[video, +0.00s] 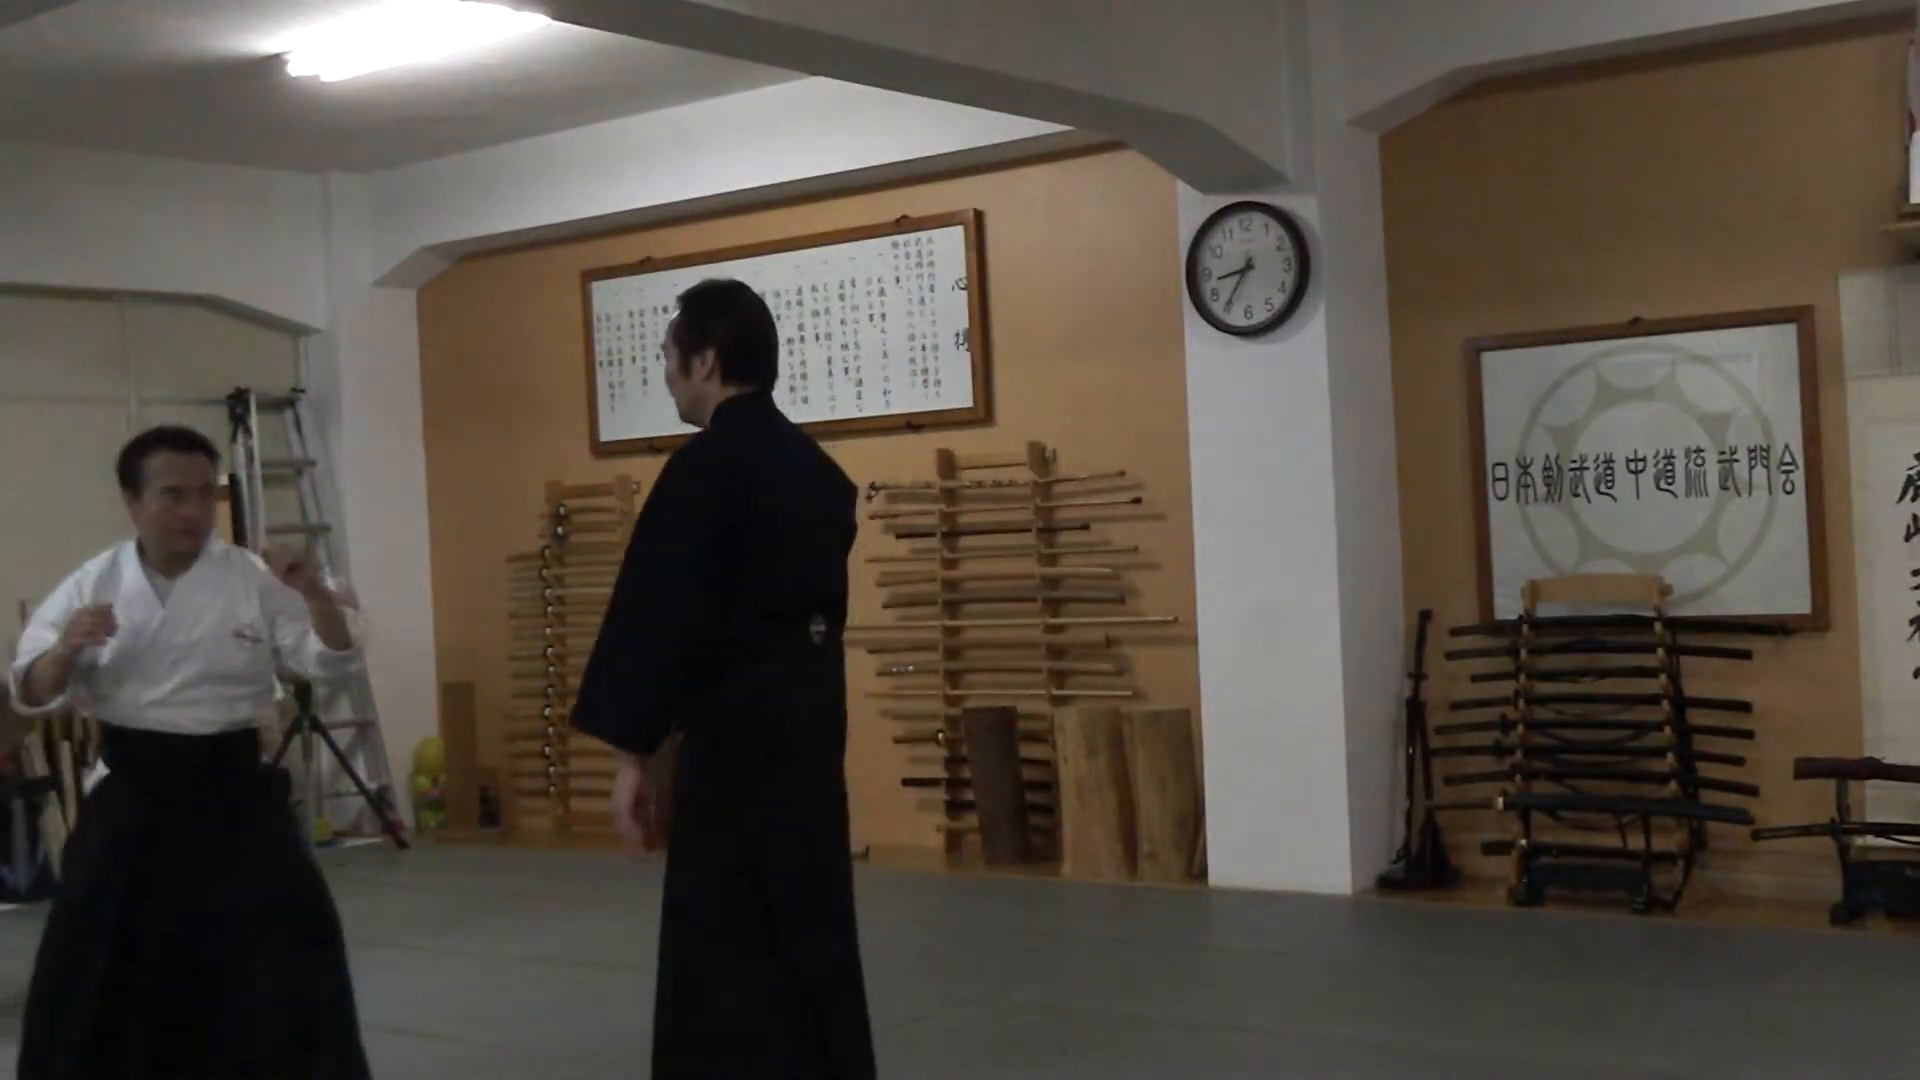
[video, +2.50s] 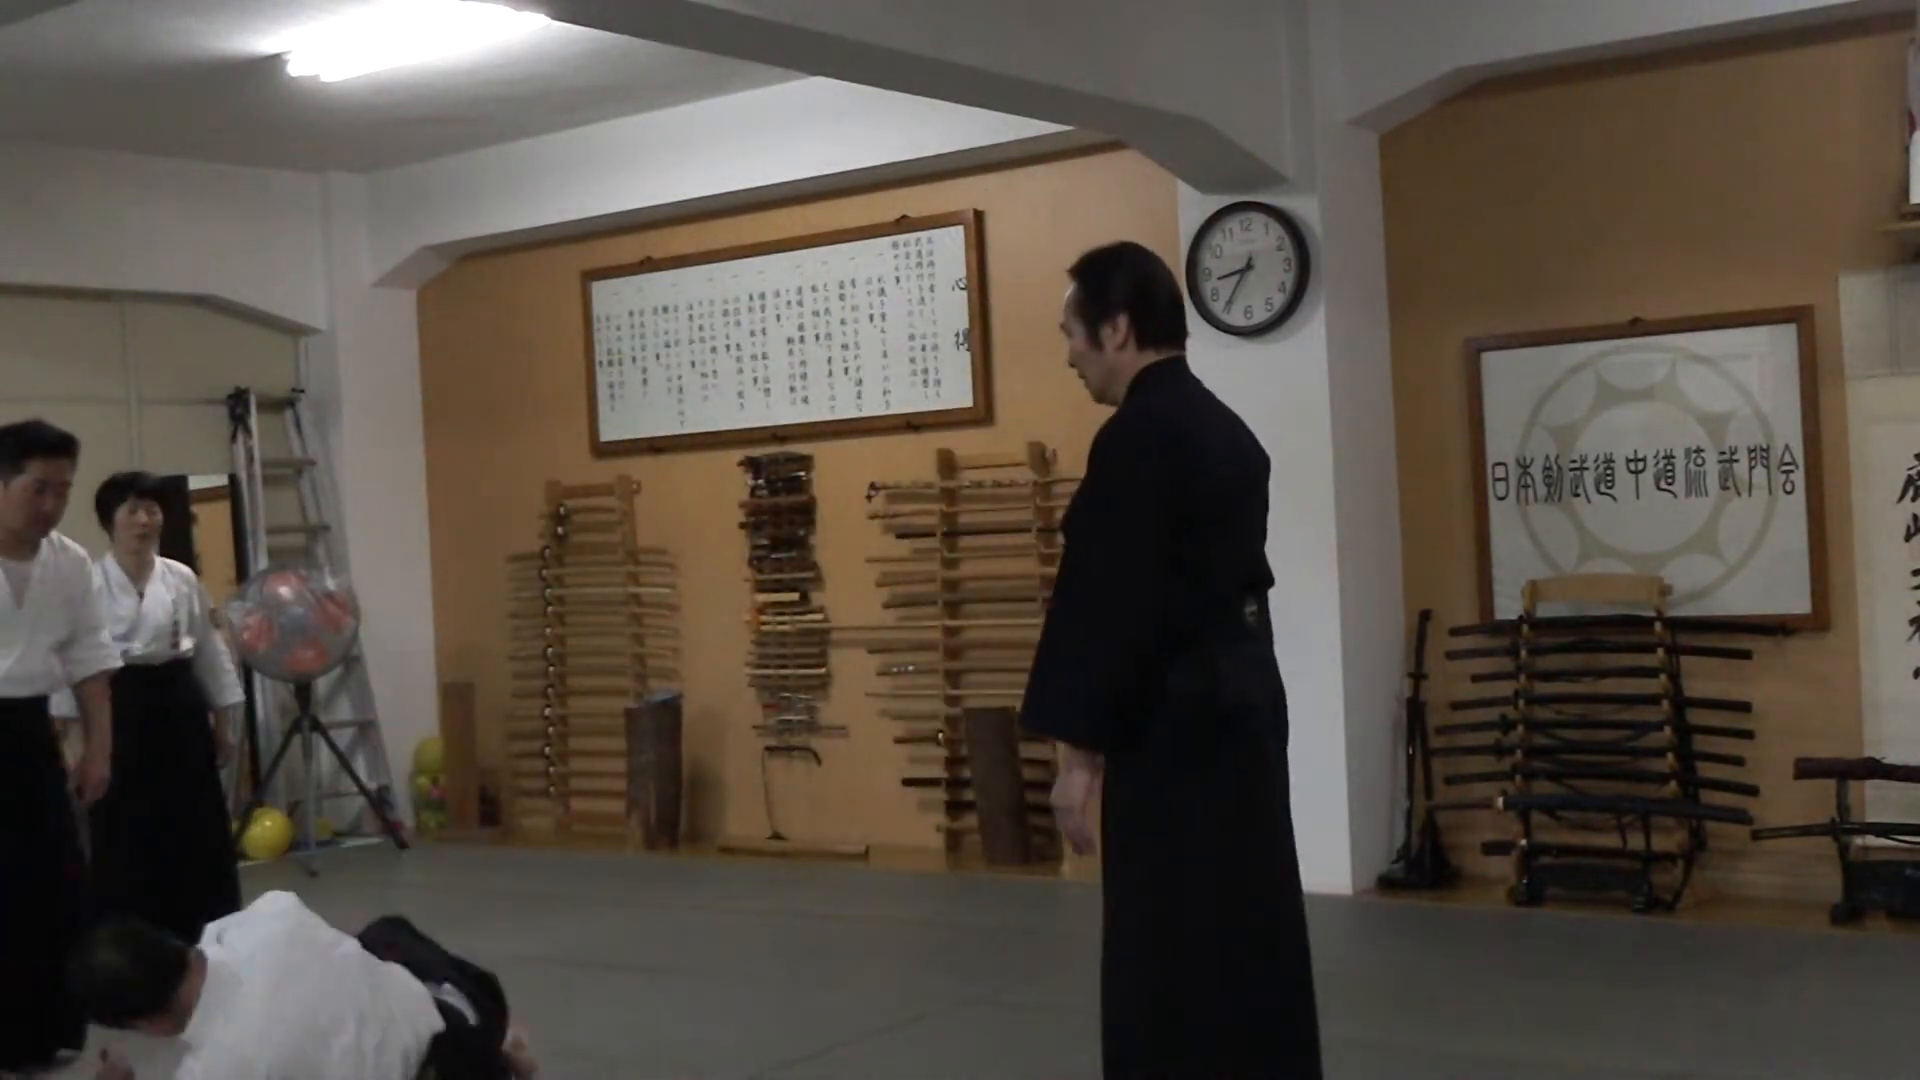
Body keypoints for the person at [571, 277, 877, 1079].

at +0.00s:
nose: (669, 379)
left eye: (673, 360)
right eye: (668, 361)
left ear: (706, 362)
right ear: (759, 361)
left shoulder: (702, 466)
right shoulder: (815, 466)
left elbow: (655, 612)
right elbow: (796, 624)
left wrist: (634, 760)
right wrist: (681, 747)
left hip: (728, 735)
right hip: (811, 726)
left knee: (718, 941)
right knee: (806, 932)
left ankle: (720, 1070)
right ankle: (814, 1066)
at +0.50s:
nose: (596, 389)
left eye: (599, 374)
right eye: (597, 374)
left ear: (629, 374)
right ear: (685, 375)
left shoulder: (612, 475)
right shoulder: (741, 473)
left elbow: (581, 614)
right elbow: (750, 611)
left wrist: (570, 737)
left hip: (657, 721)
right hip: (749, 712)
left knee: (650, 910)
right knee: (747, 903)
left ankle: (657, 1064)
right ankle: (761, 1063)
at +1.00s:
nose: (668, 425)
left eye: (665, 405)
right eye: (663, 408)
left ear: (689, 391)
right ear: (750, 384)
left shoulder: (703, 487)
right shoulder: (821, 484)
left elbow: (665, 633)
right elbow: (822, 634)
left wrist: (651, 771)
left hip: (744, 740)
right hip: (836, 727)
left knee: (699, 938)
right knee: (824, 933)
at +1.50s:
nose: (878, 427)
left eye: (877, 407)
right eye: (872, 411)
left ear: (919, 388)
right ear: (938, 384)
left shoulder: (963, 472)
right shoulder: (1003, 462)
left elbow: (956, 634)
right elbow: (1043, 605)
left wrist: (942, 780)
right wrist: (929, 590)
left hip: (1005, 754)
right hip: (1048, 742)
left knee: (937, 976)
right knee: (1035, 967)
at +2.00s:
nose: (1016, 375)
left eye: (1019, 353)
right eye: (1012, 356)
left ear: (1067, 343)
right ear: (1085, 340)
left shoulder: (1109, 439)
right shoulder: (1155, 425)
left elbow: (1109, 611)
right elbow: (1197, 590)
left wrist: (1107, 764)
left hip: (1165, 725)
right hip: (1210, 707)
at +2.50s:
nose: (1068, 354)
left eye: (1074, 332)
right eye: (1067, 333)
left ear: (1120, 330)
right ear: (1142, 329)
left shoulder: (1138, 437)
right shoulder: (1219, 426)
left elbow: (1101, 599)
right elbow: (1219, 599)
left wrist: (1077, 753)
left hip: (1170, 737)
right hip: (1238, 721)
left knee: (1166, 964)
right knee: (1243, 952)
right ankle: (1254, 1070)